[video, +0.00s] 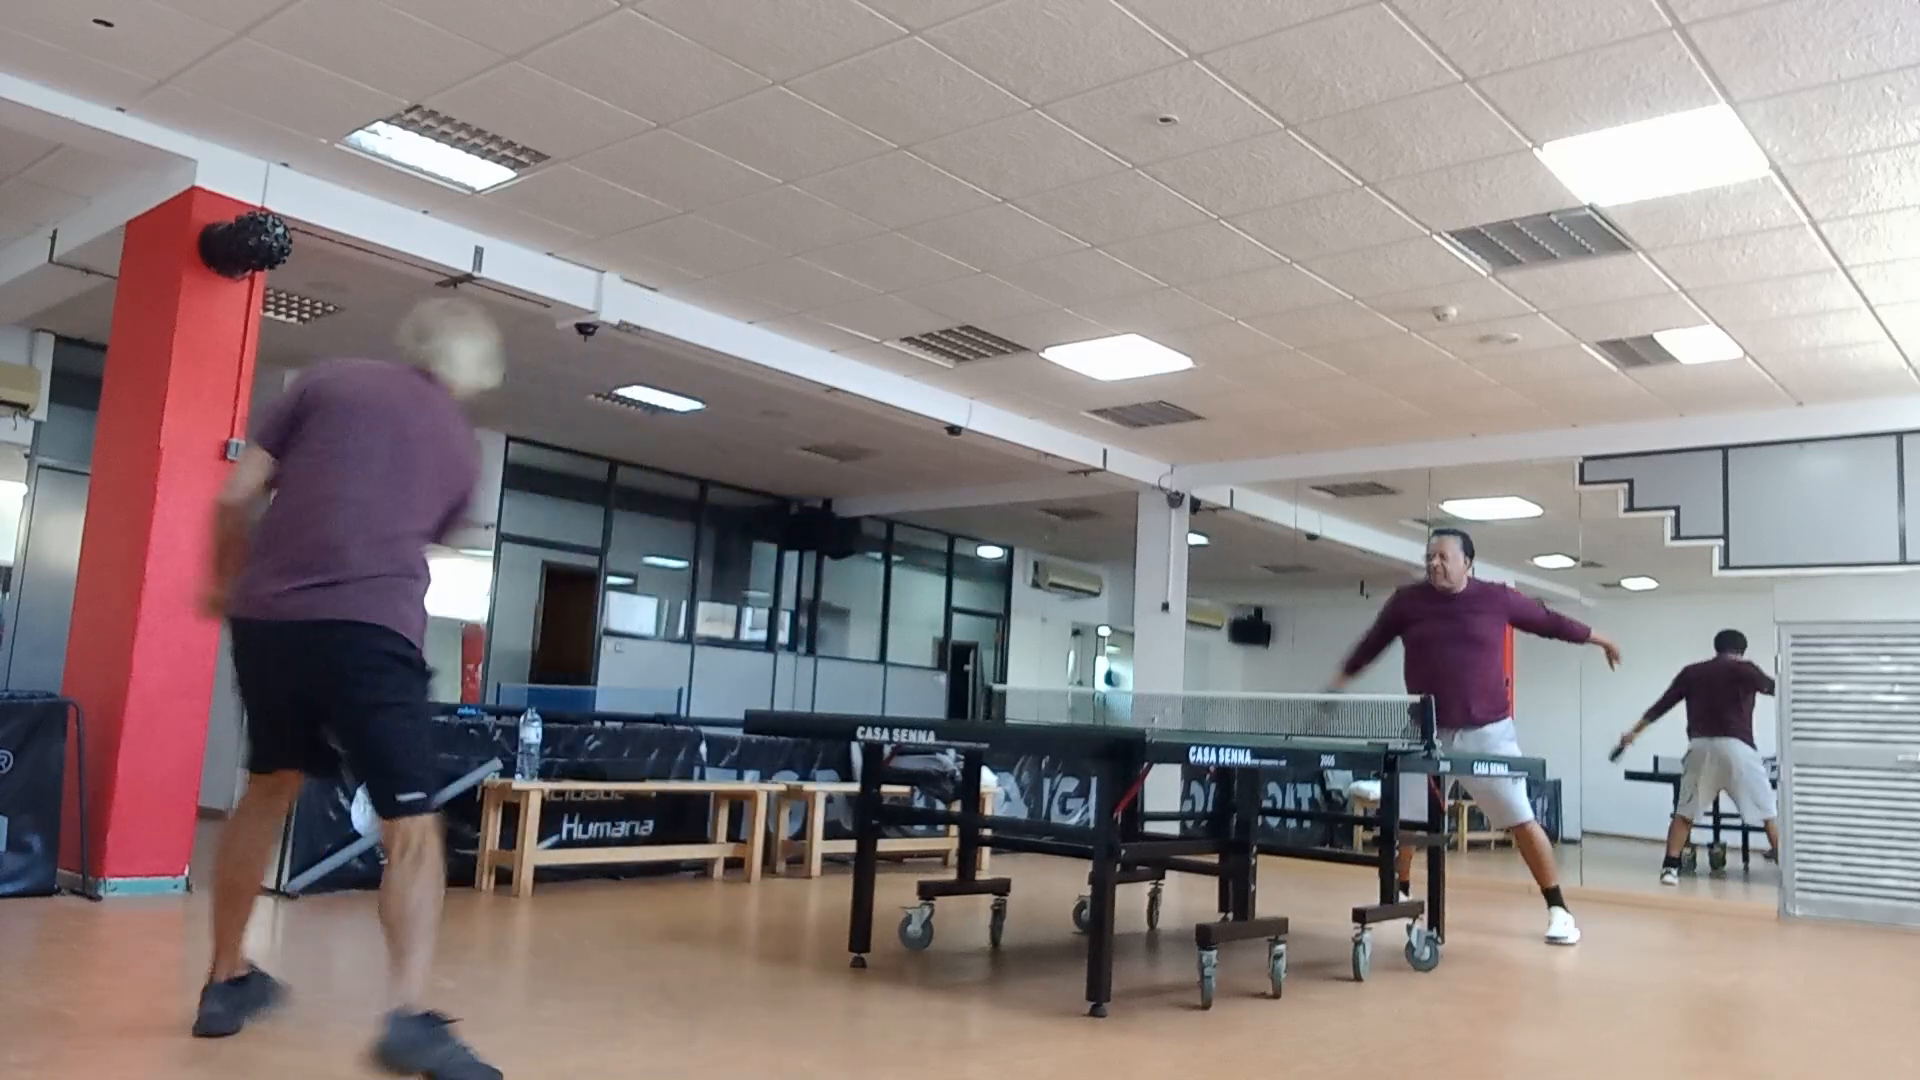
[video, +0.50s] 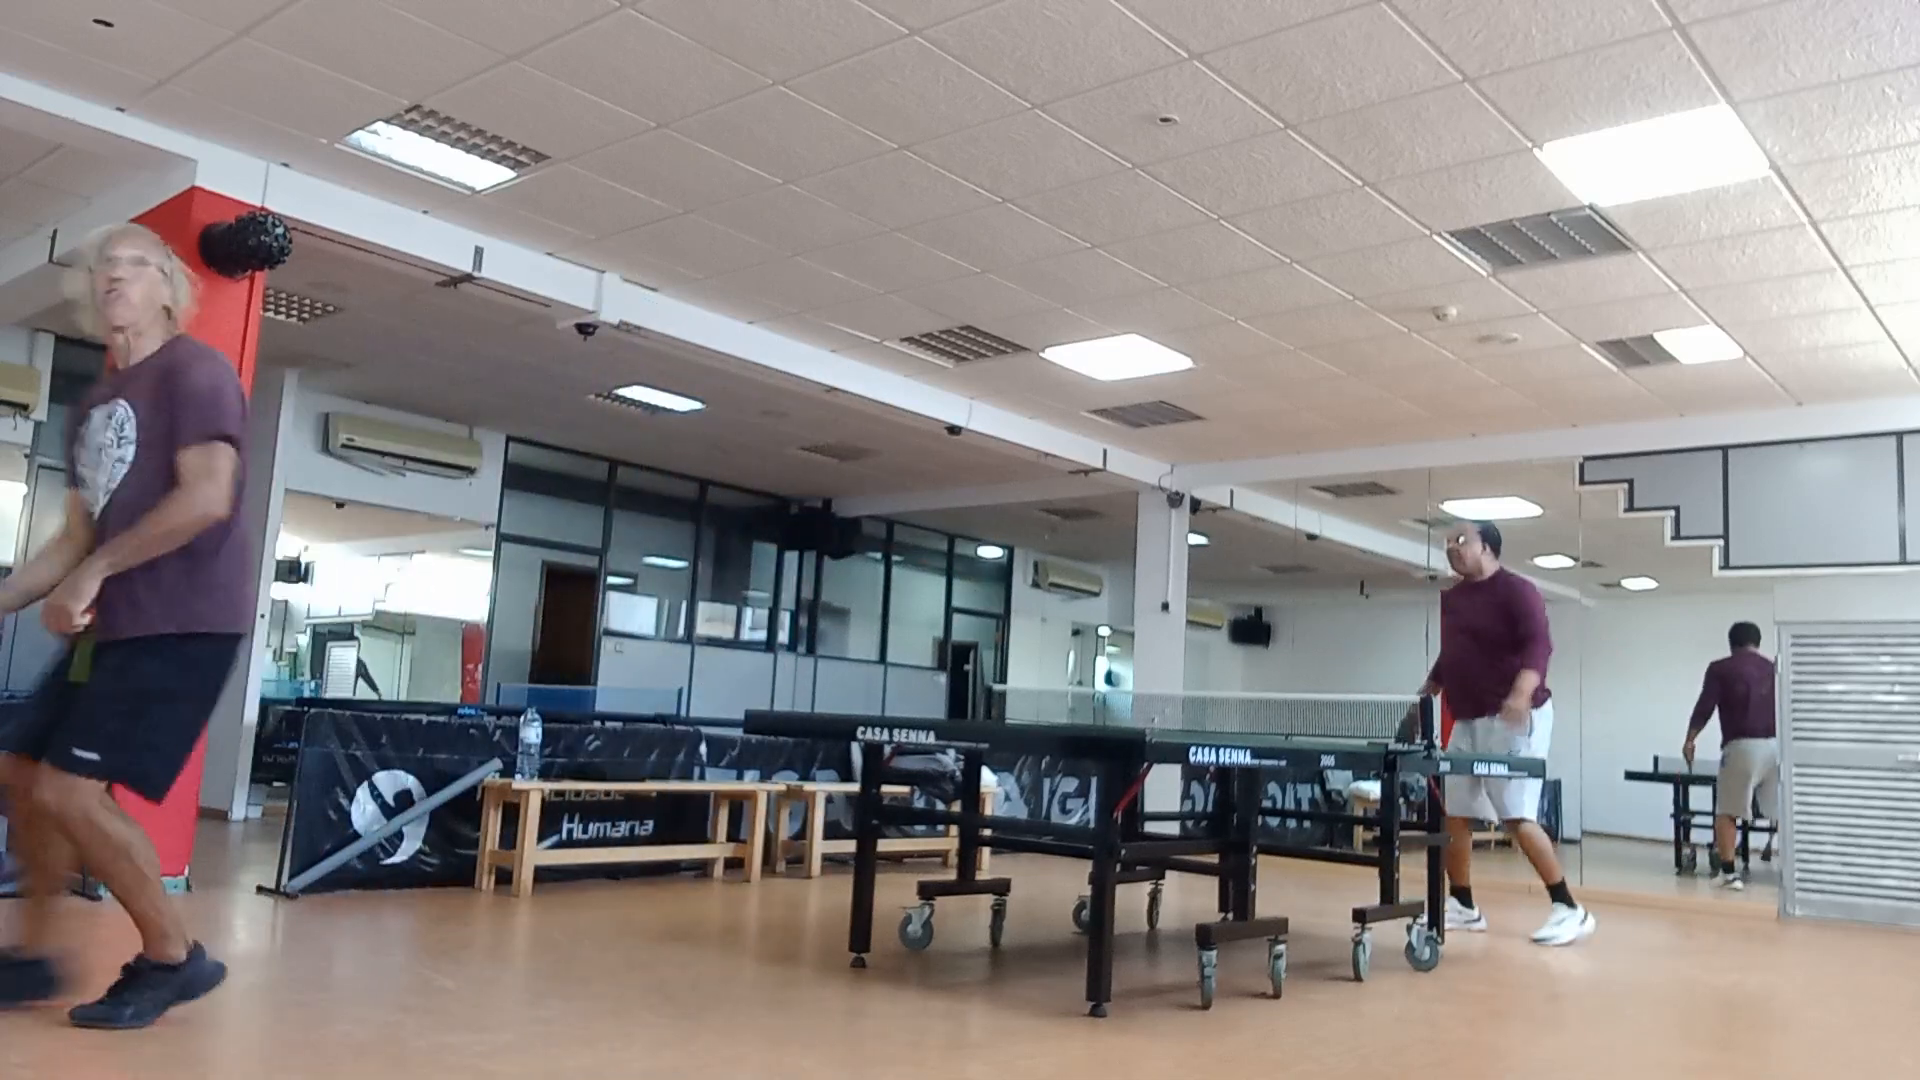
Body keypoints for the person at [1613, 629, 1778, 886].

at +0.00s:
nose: (1743, 657)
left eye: (1741, 655)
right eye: (1743, 654)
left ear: (1716, 649)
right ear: (1741, 652)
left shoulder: (1692, 672)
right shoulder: (1745, 669)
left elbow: (1661, 706)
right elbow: (1776, 689)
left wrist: (1632, 733)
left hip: (1700, 748)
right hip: (1737, 748)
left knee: (1685, 811)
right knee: (1769, 813)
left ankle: (1669, 867)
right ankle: (1788, 868)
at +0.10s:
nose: (1745, 656)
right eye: (1746, 652)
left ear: (1721, 648)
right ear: (1747, 650)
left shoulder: (1699, 673)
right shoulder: (1757, 671)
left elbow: (1676, 710)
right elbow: (1777, 694)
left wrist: (1655, 741)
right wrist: (1773, 707)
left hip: (1710, 750)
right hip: (1749, 750)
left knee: (1690, 813)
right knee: (1773, 813)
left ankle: (1670, 867)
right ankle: (1788, 870)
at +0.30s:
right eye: (1754, 646)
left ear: (1730, 644)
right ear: (1756, 645)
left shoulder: (1713, 668)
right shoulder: (1772, 668)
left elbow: (1697, 710)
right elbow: (1787, 707)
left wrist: (1684, 745)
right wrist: (1790, 744)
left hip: (1729, 746)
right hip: (1767, 746)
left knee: (1710, 808)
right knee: (1781, 807)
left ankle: (1697, 861)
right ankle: (1780, 851)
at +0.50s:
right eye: (1755, 646)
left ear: (1731, 644)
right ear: (1758, 644)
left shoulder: (1719, 668)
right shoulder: (1773, 668)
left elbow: (1705, 706)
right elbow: (1787, 704)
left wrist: (1690, 738)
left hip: (1741, 750)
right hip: (1776, 747)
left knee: (1726, 813)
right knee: (1781, 814)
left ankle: (1729, 873)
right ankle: (1792, 868)